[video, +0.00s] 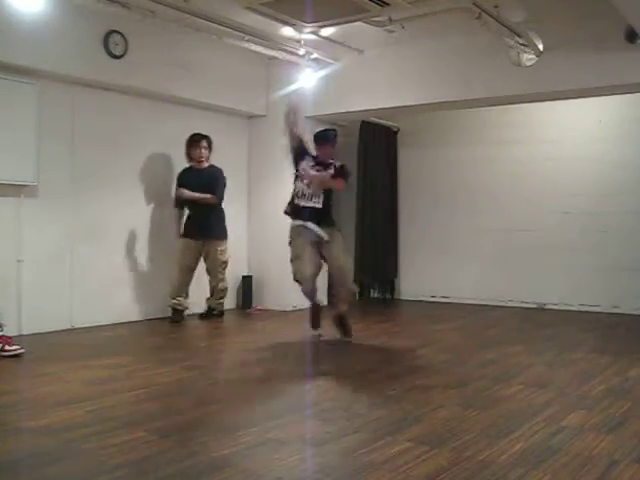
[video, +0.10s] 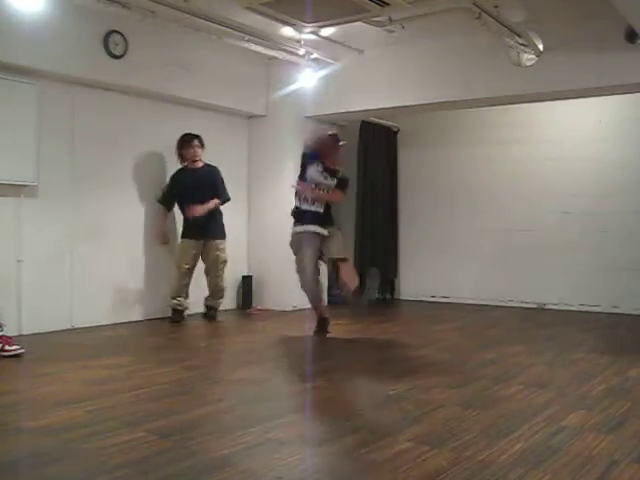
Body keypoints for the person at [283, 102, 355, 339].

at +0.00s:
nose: (331, 150)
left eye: (333, 146)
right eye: (328, 146)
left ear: (335, 147)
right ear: (318, 146)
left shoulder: (337, 168)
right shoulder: (303, 158)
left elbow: (339, 184)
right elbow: (293, 132)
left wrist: (317, 178)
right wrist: (291, 113)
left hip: (327, 226)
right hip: (302, 225)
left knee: (342, 269)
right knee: (304, 273)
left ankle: (340, 313)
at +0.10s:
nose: (336, 155)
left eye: (337, 150)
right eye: (333, 151)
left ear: (338, 151)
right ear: (323, 150)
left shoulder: (340, 177)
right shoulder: (307, 161)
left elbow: (338, 196)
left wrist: (311, 192)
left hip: (328, 226)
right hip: (306, 225)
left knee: (341, 256)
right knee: (307, 277)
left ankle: (354, 288)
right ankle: (321, 317)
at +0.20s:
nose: (342, 159)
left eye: (343, 154)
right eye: (338, 154)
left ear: (340, 155)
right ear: (327, 156)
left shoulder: (338, 179)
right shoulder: (312, 169)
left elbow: (337, 203)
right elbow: (325, 185)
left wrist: (315, 206)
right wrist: (339, 191)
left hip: (327, 230)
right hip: (306, 233)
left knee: (348, 237)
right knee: (311, 283)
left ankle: (350, 272)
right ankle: (324, 318)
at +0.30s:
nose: (345, 156)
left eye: (345, 152)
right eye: (341, 153)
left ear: (343, 154)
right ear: (330, 156)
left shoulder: (346, 184)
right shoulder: (316, 167)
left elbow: (341, 210)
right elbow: (315, 189)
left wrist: (321, 216)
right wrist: (327, 213)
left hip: (330, 229)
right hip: (307, 232)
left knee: (358, 230)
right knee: (311, 286)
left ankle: (343, 270)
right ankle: (324, 318)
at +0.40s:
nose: (344, 156)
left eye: (344, 151)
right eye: (339, 152)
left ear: (344, 154)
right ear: (328, 155)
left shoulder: (348, 182)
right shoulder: (316, 170)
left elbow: (346, 212)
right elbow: (315, 198)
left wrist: (336, 228)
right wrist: (323, 222)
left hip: (333, 229)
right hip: (309, 231)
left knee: (367, 241)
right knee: (310, 286)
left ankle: (339, 268)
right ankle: (324, 317)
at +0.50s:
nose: (340, 156)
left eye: (342, 151)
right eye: (335, 152)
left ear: (345, 152)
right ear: (326, 154)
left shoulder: (351, 182)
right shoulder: (314, 171)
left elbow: (354, 213)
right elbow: (312, 202)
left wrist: (354, 237)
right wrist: (324, 226)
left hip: (340, 234)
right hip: (314, 234)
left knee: (373, 265)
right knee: (311, 290)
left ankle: (343, 286)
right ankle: (323, 318)